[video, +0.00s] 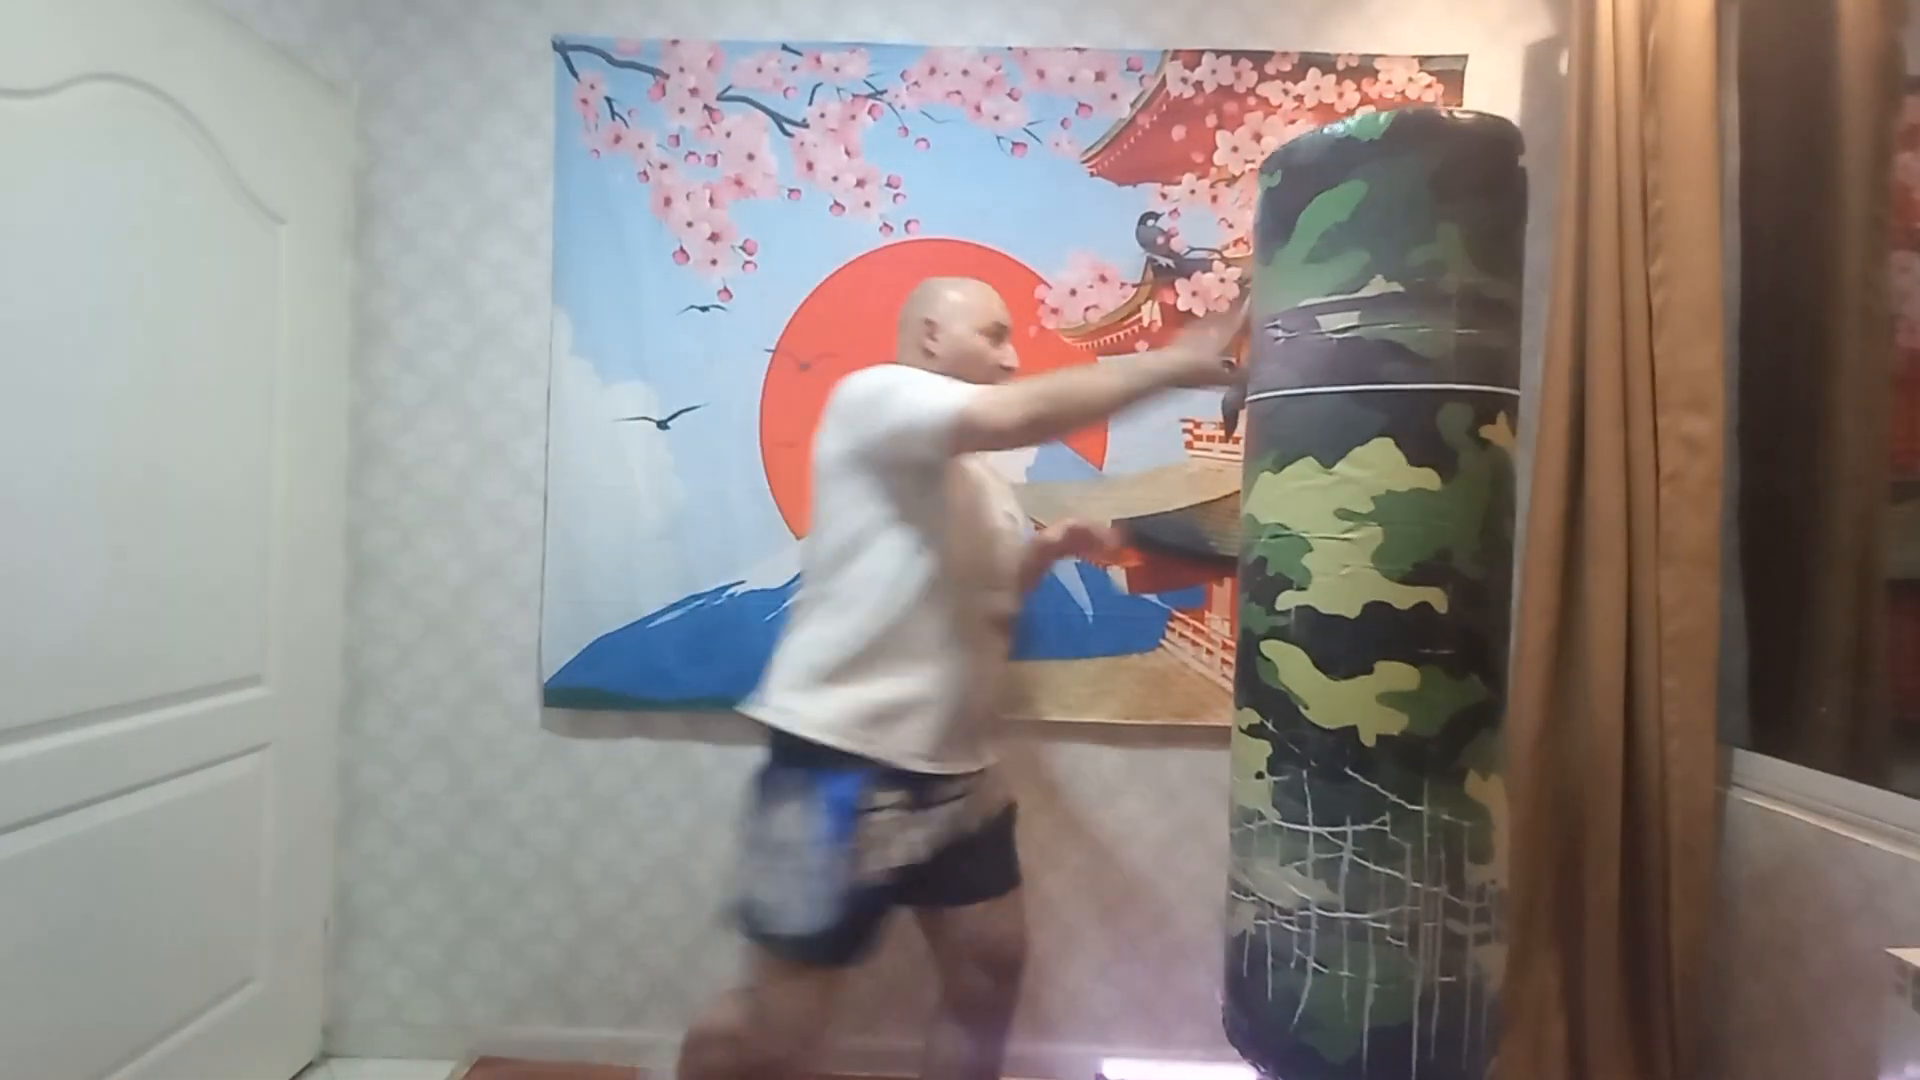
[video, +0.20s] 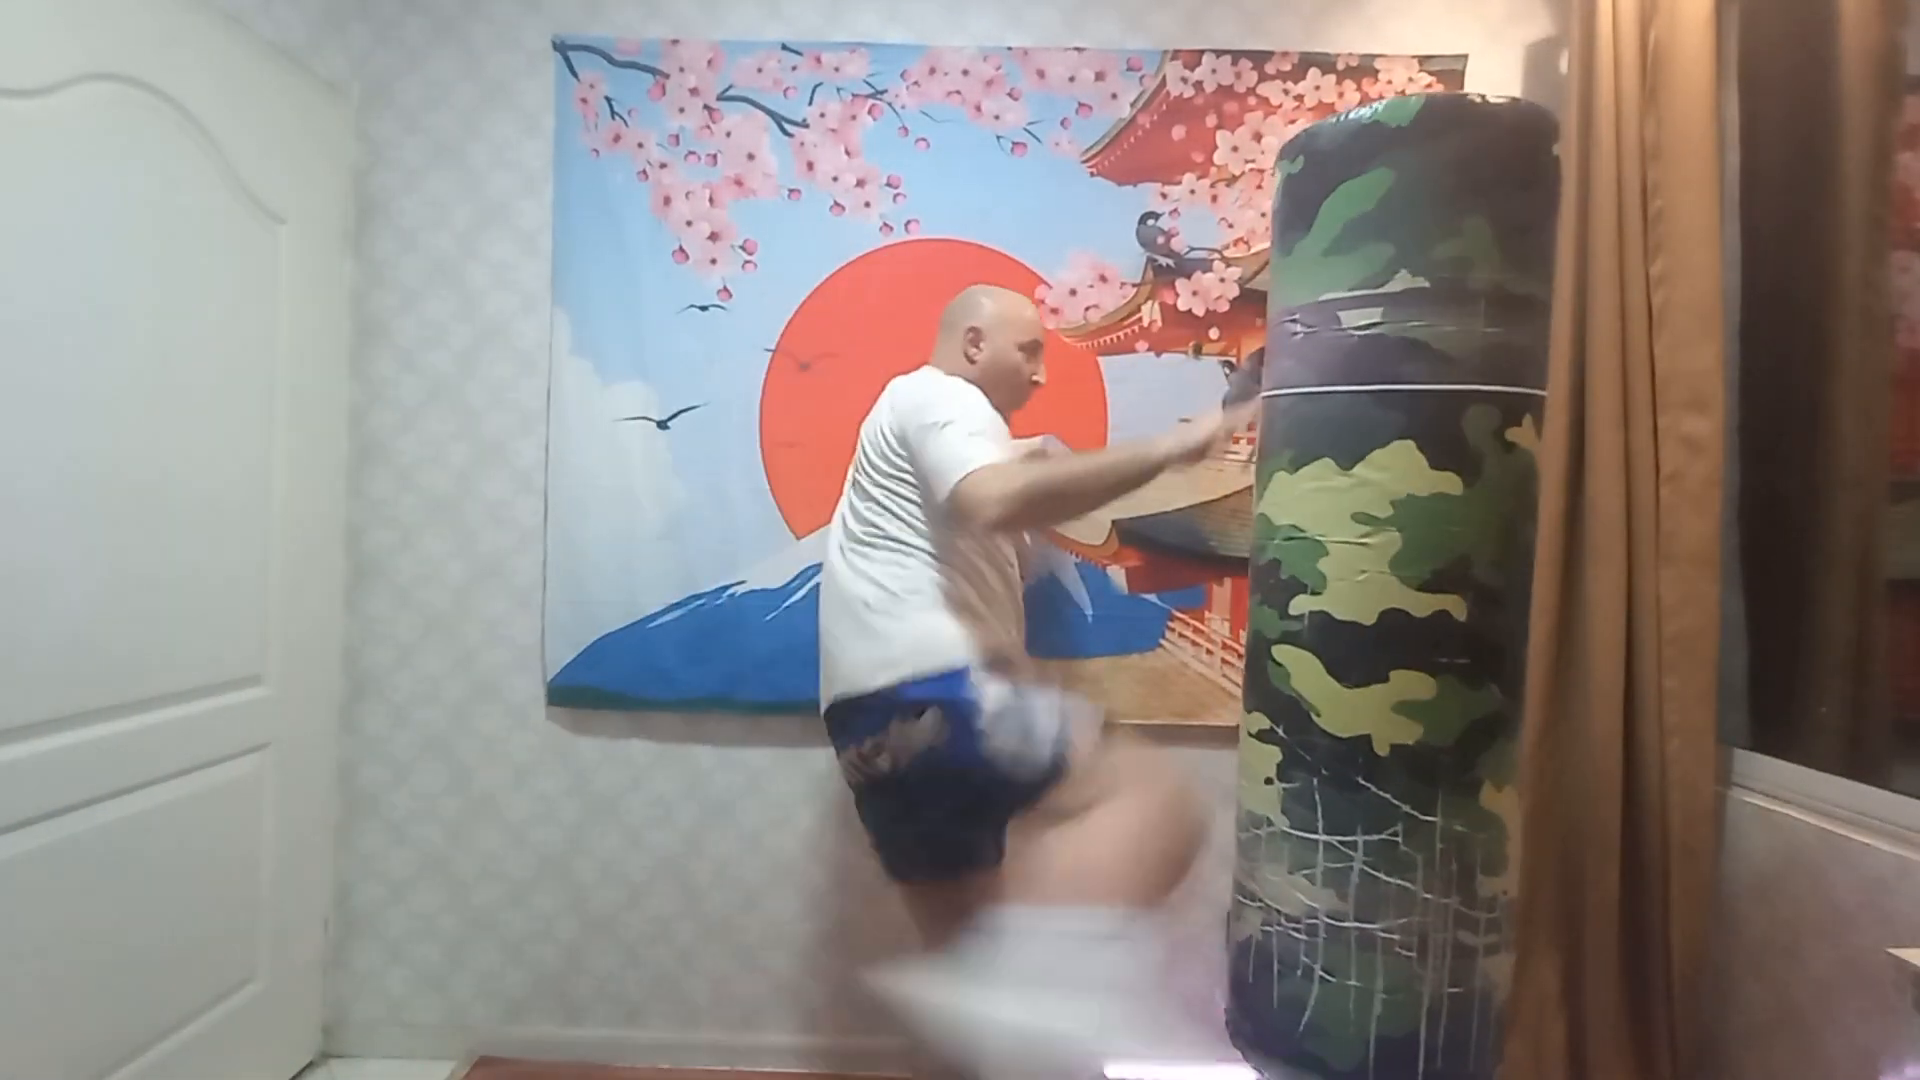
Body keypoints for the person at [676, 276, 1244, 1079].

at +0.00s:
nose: (1011, 355)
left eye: (1012, 339)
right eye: (992, 335)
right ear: (928, 335)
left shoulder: (993, 467)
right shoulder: (870, 401)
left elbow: (985, 600)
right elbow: (1020, 410)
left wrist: (1050, 547)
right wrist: (1181, 361)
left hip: (952, 768)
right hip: (835, 763)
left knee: (988, 979)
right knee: (777, 1030)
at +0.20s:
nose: (1037, 371)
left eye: (1041, 353)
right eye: (1028, 350)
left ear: (967, 343)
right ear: (973, 341)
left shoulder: (924, 416)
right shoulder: (936, 396)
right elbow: (984, 497)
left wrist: (1027, 467)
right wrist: (1167, 448)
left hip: (879, 707)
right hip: (923, 694)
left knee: (969, 944)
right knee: (1157, 798)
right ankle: (1032, 973)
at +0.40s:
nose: (1047, 383)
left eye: (1048, 368)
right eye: (1037, 364)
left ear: (1002, 362)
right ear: (976, 354)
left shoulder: (999, 459)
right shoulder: (913, 411)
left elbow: (999, 592)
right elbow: (871, 520)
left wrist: (1050, 502)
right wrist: (1038, 524)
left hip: (925, 678)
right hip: (903, 669)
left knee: (951, 949)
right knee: (1110, 794)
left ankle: (940, 1074)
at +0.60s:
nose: (1020, 382)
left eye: (1023, 366)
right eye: (1007, 362)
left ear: (965, 358)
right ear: (948, 354)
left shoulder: (992, 464)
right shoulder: (875, 410)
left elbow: (998, 600)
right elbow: (796, 520)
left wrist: (1032, 513)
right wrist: (940, 474)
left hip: (955, 711)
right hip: (871, 702)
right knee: (942, 957)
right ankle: (805, 1066)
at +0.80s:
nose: (951, 382)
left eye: (956, 366)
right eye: (935, 361)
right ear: (875, 358)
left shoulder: (946, 472)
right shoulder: (797, 431)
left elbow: (962, 608)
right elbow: (756, 563)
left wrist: (989, 520)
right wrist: (895, 480)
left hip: (911, 746)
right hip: (793, 743)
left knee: (948, 938)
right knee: (733, 950)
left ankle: (942, 1077)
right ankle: (685, 1068)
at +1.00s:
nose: (893, 385)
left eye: (899, 368)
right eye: (875, 365)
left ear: (900, 375)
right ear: (815, 364)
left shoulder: (899, 474)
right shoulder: (738, 443)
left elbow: (943, 598)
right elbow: (698, 583)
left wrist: (960, 520)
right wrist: (840, 535)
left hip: (856, 744)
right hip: (734, 745)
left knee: (906, 917)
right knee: (710, 945)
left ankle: (905, 1075)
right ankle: (685, 1073)